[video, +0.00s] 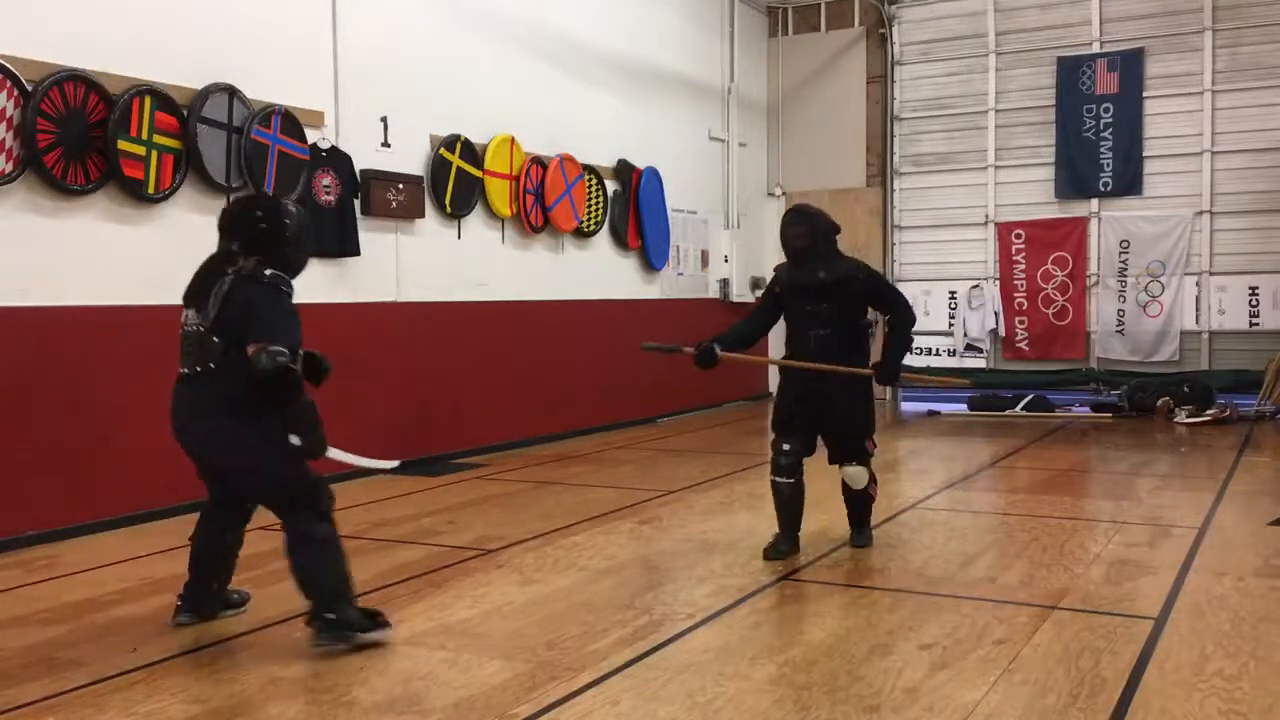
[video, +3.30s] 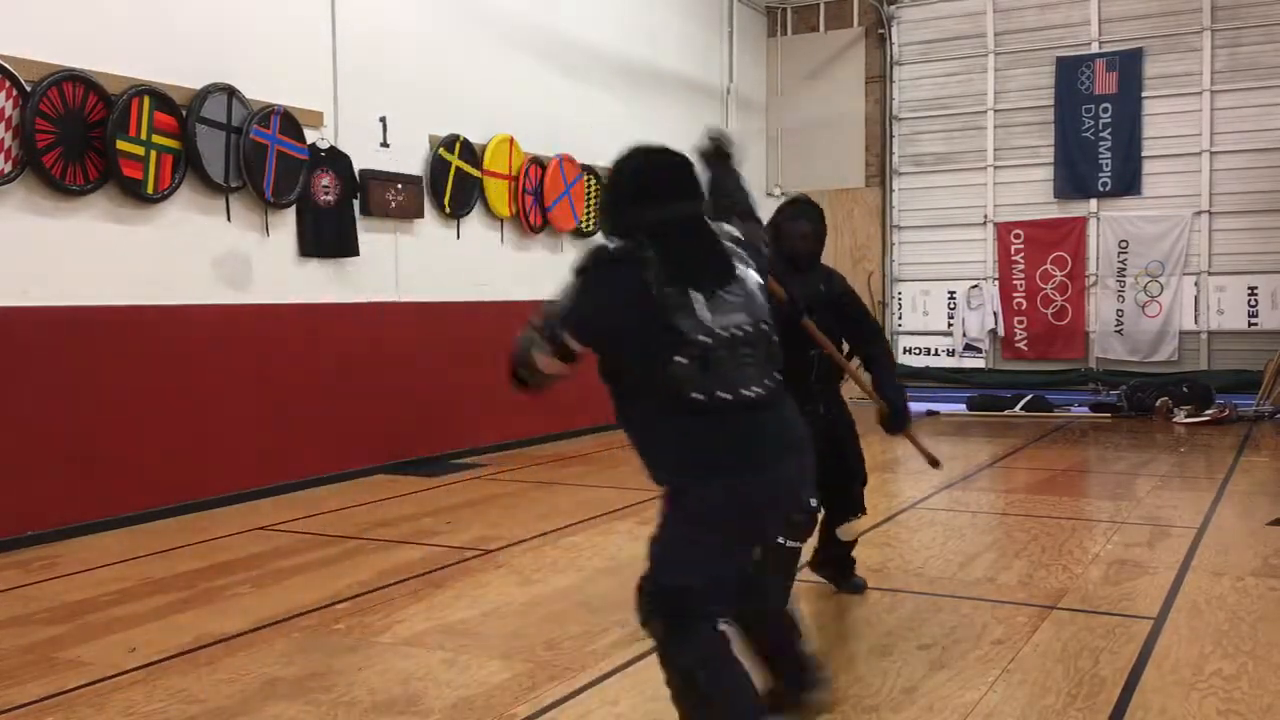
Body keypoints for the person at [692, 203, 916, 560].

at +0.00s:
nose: (792, 245)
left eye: (798, 237)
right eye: (788, 238)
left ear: (817, 236)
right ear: (785, 239)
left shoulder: (854, 274)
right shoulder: (786, 279)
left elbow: (903, 312)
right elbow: (757, 322)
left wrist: (891, 363)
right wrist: (718, 345)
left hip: (846, 385)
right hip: (798, 385)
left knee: (854, 466)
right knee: (785, 460)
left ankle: (860, 526)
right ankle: (788, 536)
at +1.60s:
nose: (773, 244)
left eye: (782, 236)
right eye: (765, 236)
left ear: (800, 239)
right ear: (754, 242)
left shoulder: (822, 286)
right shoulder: (745, 288)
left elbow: (861, 334)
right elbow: (728, 335)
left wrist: (885, 384)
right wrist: (716, 373)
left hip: (811, 404)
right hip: (756, 403)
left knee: (822, 496)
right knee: (745, 484)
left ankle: (806, 554)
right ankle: (740, 572)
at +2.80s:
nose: (765, 236)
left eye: (774, 226)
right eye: (755, 227)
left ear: (795, 226)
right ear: (744, 229)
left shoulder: (820, 270)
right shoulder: (735, 273)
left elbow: (867, 318)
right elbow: (723, 326)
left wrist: (864, 383)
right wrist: (731, 354)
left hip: (807, 397)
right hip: (754, 397)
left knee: (805, 495)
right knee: (771, 493)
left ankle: (787, 565)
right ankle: (762, 600)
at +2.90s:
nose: (767, 248)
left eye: (776, 239)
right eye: (758, 240)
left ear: (795, 240)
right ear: (746, 245)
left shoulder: (821, 283)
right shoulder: (741, 286)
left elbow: (846, 342)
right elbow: (730, 339)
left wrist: (805, 360)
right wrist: (757, 354)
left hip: (807, 403)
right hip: (758, 405)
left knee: (807, 491)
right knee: (787, 503)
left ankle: (784, 553)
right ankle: (767, 606)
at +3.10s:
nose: (780, 247)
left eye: (790, 237)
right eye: (771, 237)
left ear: (809, 242)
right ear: (758, 243)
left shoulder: (827, 287)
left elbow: (861, 357)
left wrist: (831, 358)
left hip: (816, 409)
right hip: (765, 413)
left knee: (833, 502)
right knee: (798, 508)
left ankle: (796, 552)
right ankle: (768, 606)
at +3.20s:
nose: (786, 236)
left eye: (796, 227)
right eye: (778, 227)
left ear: (813, 233)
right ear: (763, 231)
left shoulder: (827, 279)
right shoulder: (745, 281)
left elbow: (869, 335)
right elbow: (730, 339)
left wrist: (871, 379)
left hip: (821, 400)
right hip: (769, 404)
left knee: (843, 484)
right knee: (798, 501)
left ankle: (820, 552)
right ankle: (769, 606)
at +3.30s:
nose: (802, 244)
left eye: (810, 235)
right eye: (793, 235)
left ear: (821, 238)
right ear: (775, 236)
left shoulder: (830, 286)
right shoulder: (759, 284)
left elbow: (870, 340)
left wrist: (891, 395)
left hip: (823, 398)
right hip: (774, 400)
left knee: (848, 478)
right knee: (794, 492)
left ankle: (832, 556)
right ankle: (773, 584)